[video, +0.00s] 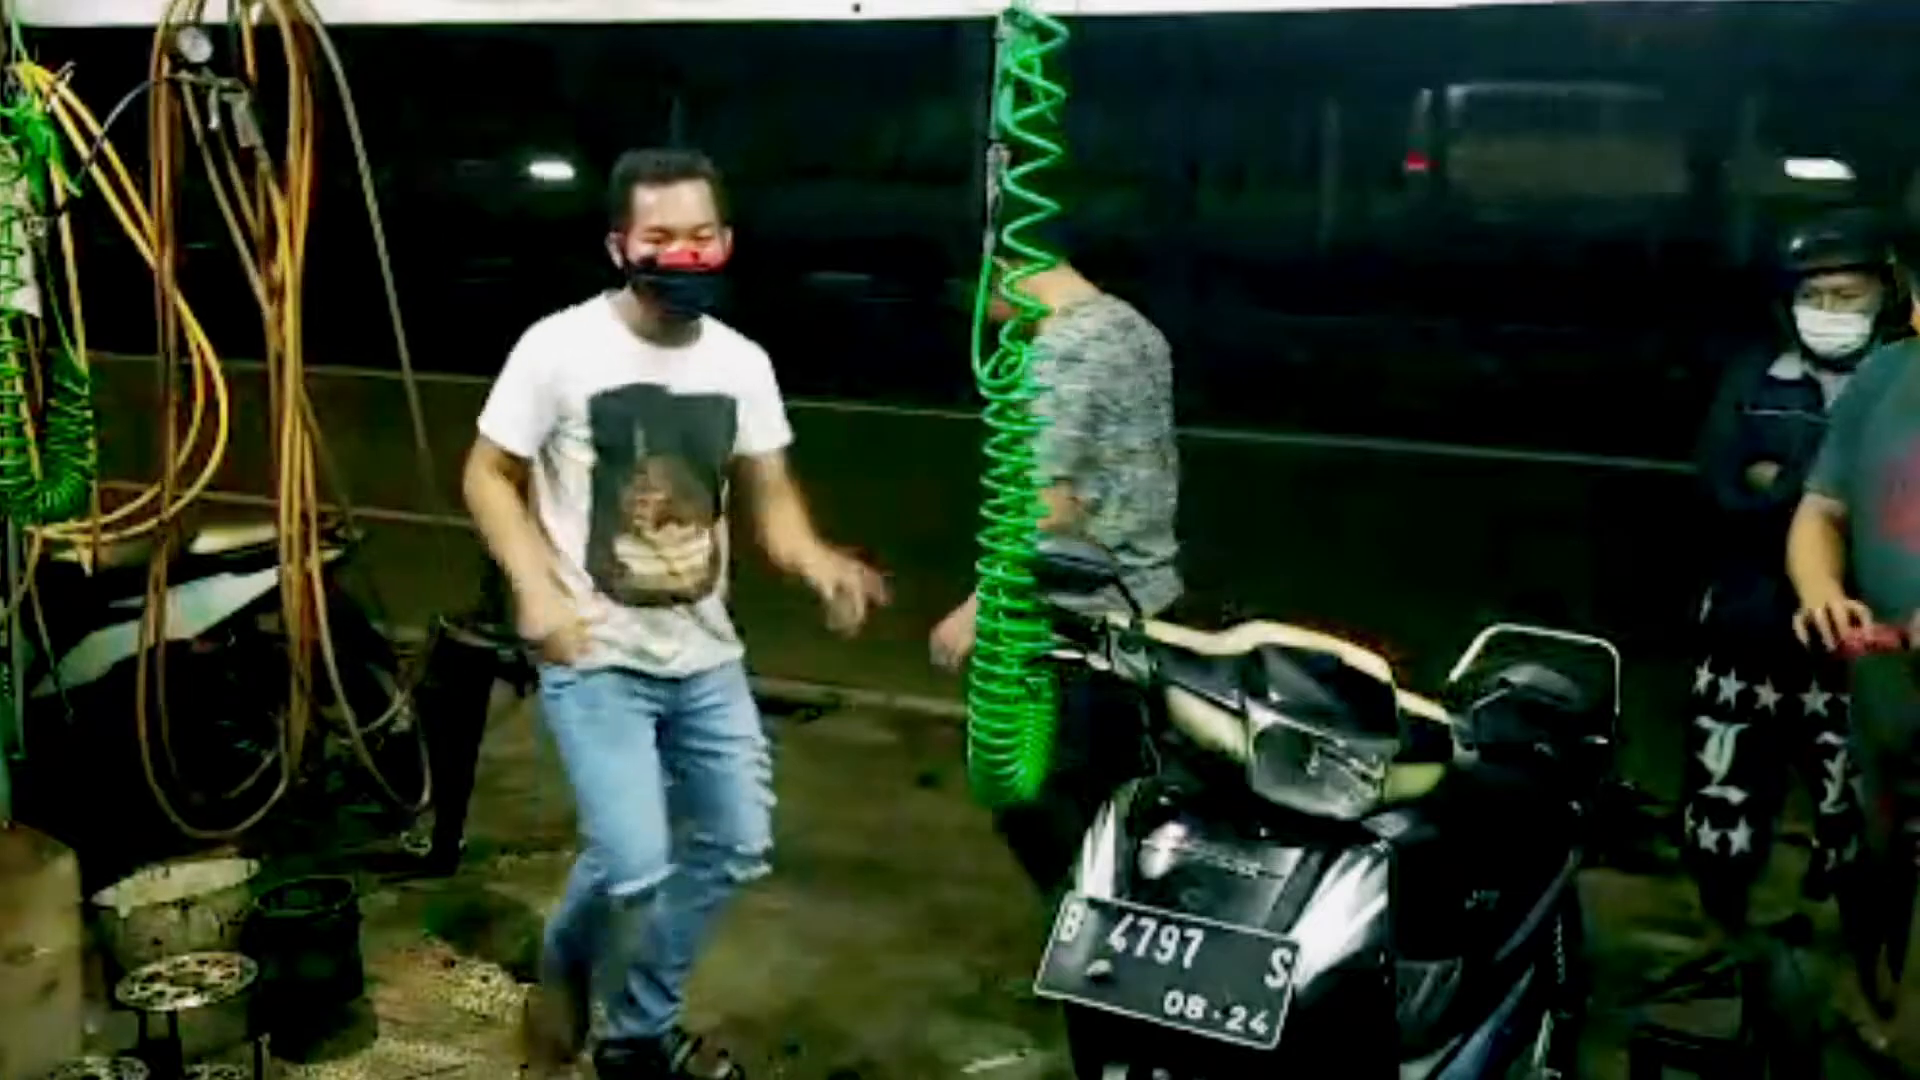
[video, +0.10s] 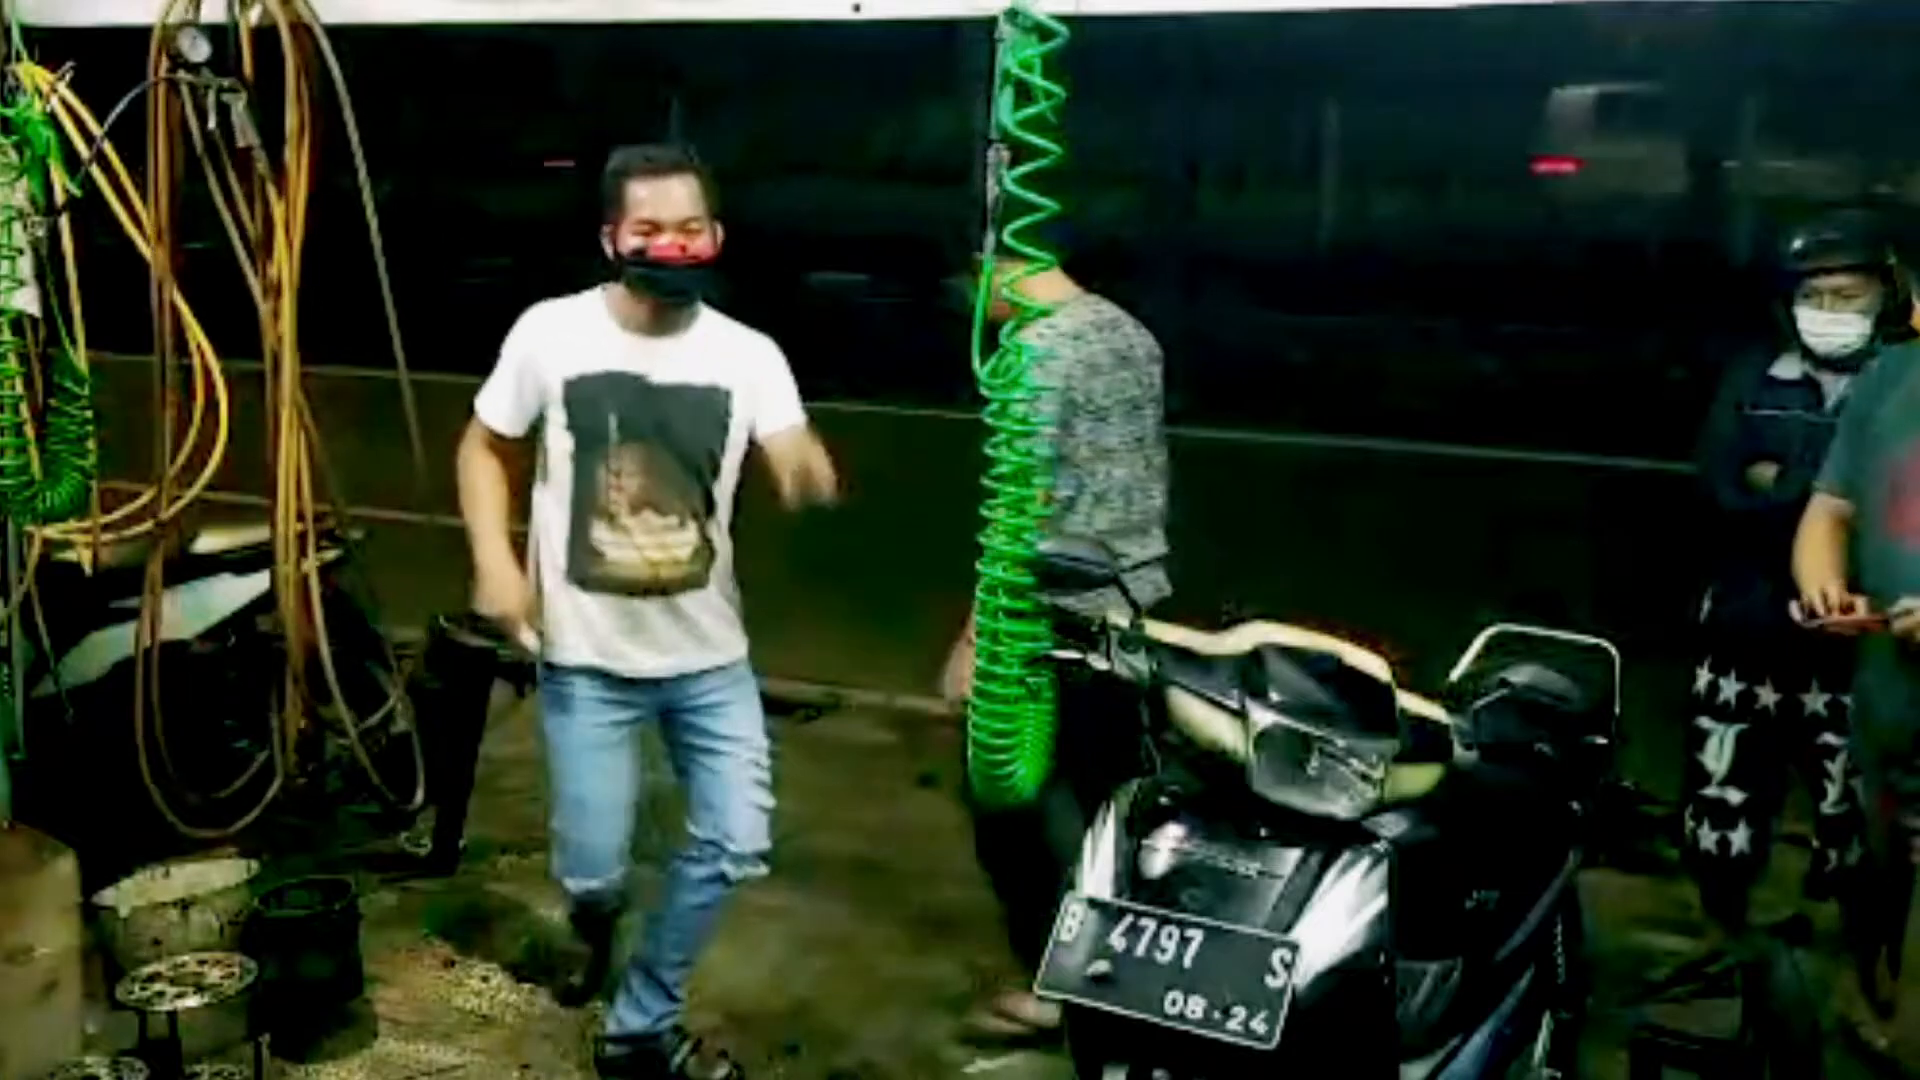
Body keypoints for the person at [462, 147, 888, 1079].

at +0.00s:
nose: (681, 258)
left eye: (698, 237)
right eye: (660, 238)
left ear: (722, 240)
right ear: (621, 242)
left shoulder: (741, 363)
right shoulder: (556, 350)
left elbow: (773, 501)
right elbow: (487, 474)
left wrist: (818, 561)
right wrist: (536, 588)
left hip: (705, 655)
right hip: (593, 655)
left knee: (732, 847)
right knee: (632, 862)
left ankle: (639, 1034)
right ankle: (560, 967)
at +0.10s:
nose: (675, 249)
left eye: (690, 228)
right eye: (654, 232)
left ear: (712, 233)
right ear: (612, 237)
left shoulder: (749, 356)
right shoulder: (547, 336)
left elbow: (802, 484)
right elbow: (483, 446)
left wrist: (809, 471)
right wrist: (494, 564)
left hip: (707, 653)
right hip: (586, 656)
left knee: (734, 845)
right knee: (592, 872)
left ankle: (641, 1032)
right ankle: (597, 930)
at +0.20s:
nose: (662, 241)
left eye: (678, 221)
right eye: (642, 223)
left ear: (702, 227)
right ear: (605, 228)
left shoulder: (746, 344)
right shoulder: (548, 324)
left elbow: (816, 464)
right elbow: (490, 429)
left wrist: (798, 427)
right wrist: (480, 546)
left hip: (700, 643)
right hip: (579, 642)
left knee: (722, 839)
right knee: (586, 850)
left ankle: (640, 1033)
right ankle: (622, 935)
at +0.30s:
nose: (645, 234)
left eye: (662, 216)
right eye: (625, 218)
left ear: (689, 220)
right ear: (594, 224)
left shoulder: (730, 327)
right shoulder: (549, 313)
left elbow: (812, 448)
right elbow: (498, 411)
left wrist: (772, 394)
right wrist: (469, 516)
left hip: (689, 627)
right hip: (573, 624)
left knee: (702, 833)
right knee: (593, 827)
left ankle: (642, 1031)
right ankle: (632, 927)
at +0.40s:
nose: (605, 227)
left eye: (625, 211)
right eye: (590, 210)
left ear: (669, 214)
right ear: (573, 211)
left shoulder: (716, 304)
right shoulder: (546, 296)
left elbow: (786, 415)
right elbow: (499, 390)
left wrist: (737, 411)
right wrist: (468, 475)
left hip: (683, 607)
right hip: (570, 607)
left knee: (694, 810)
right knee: (585, 805)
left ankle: (657, 1012)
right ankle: (628, 922)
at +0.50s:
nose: (578, 231)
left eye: (598, 215)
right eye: (569, 214)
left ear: (650, 219)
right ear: (559, 215)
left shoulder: (710, 304)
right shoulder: (543, 297)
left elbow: (766, 426)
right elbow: (501, 393)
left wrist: (731, 471)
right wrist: (475, 477)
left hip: (683, 602)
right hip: (570, 603)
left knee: (697, 795)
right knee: (582, 799)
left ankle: (665, 997)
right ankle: (630, 923)